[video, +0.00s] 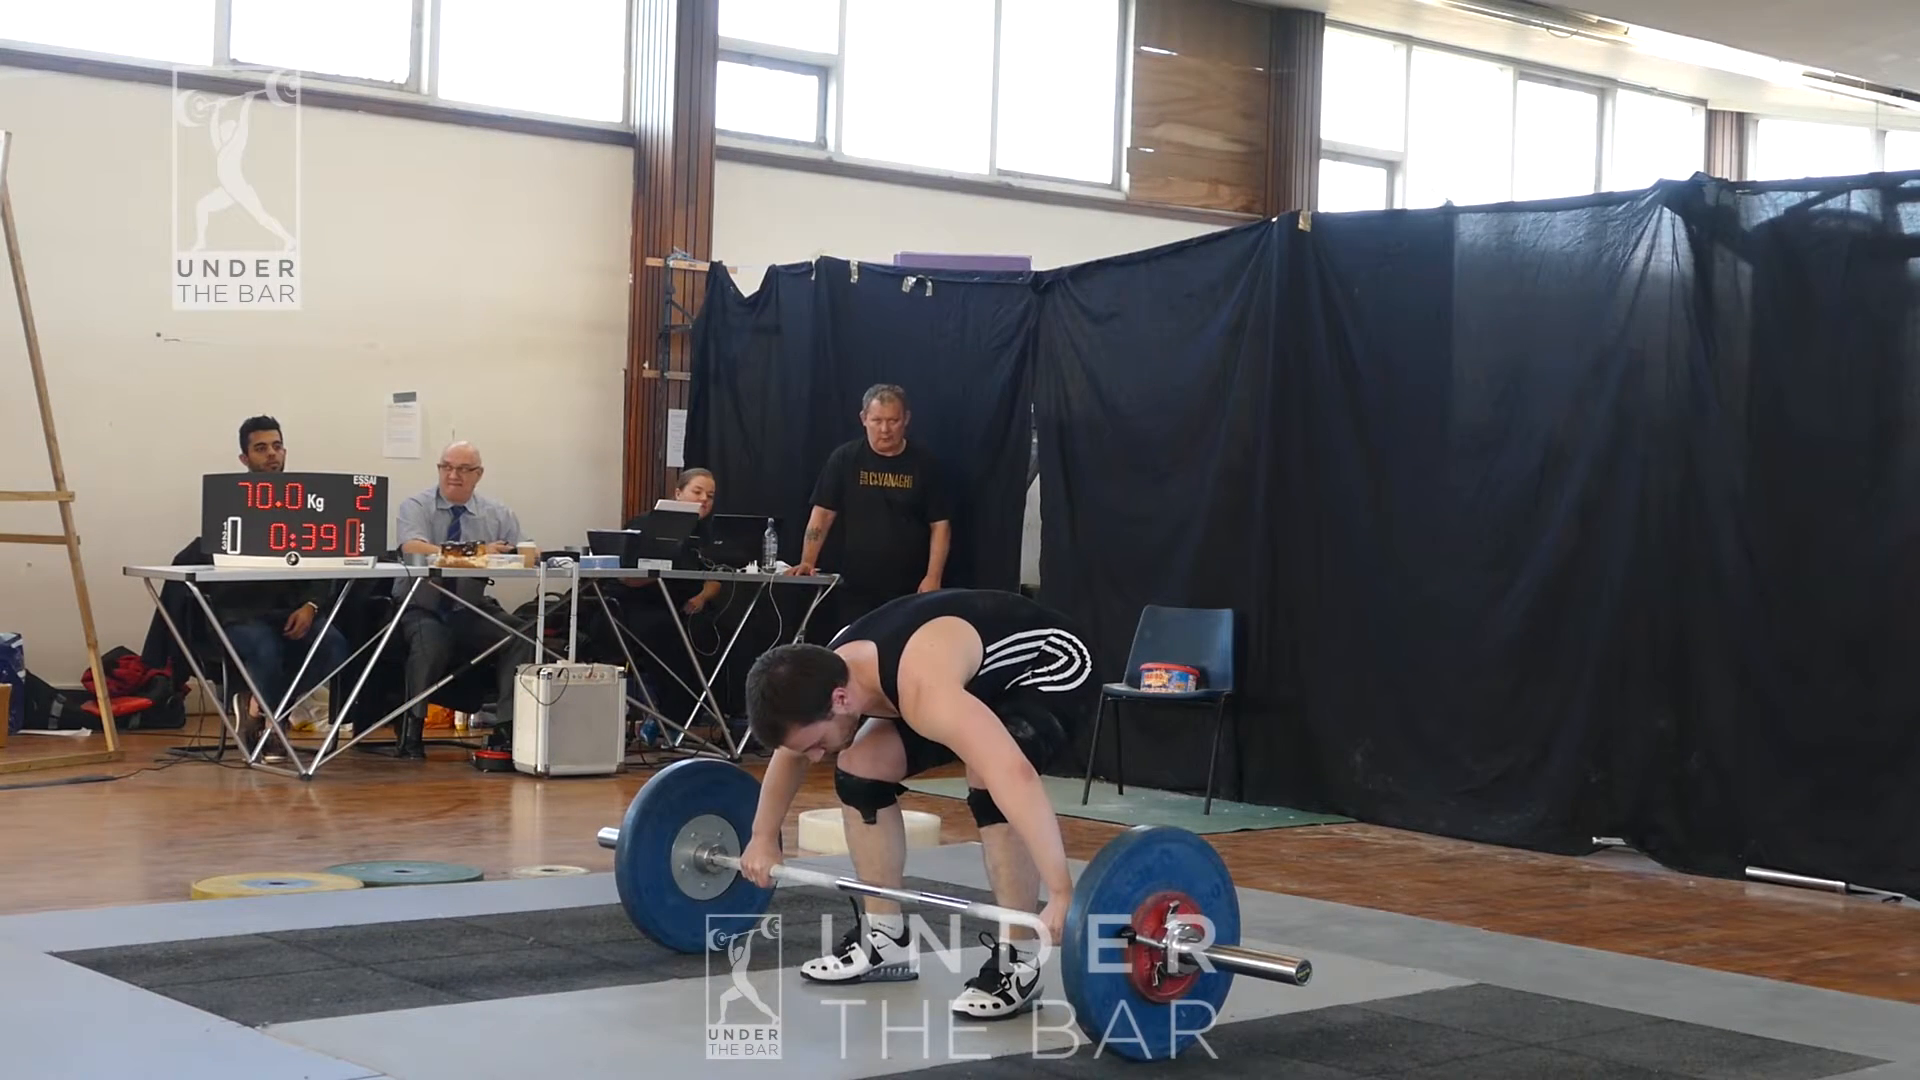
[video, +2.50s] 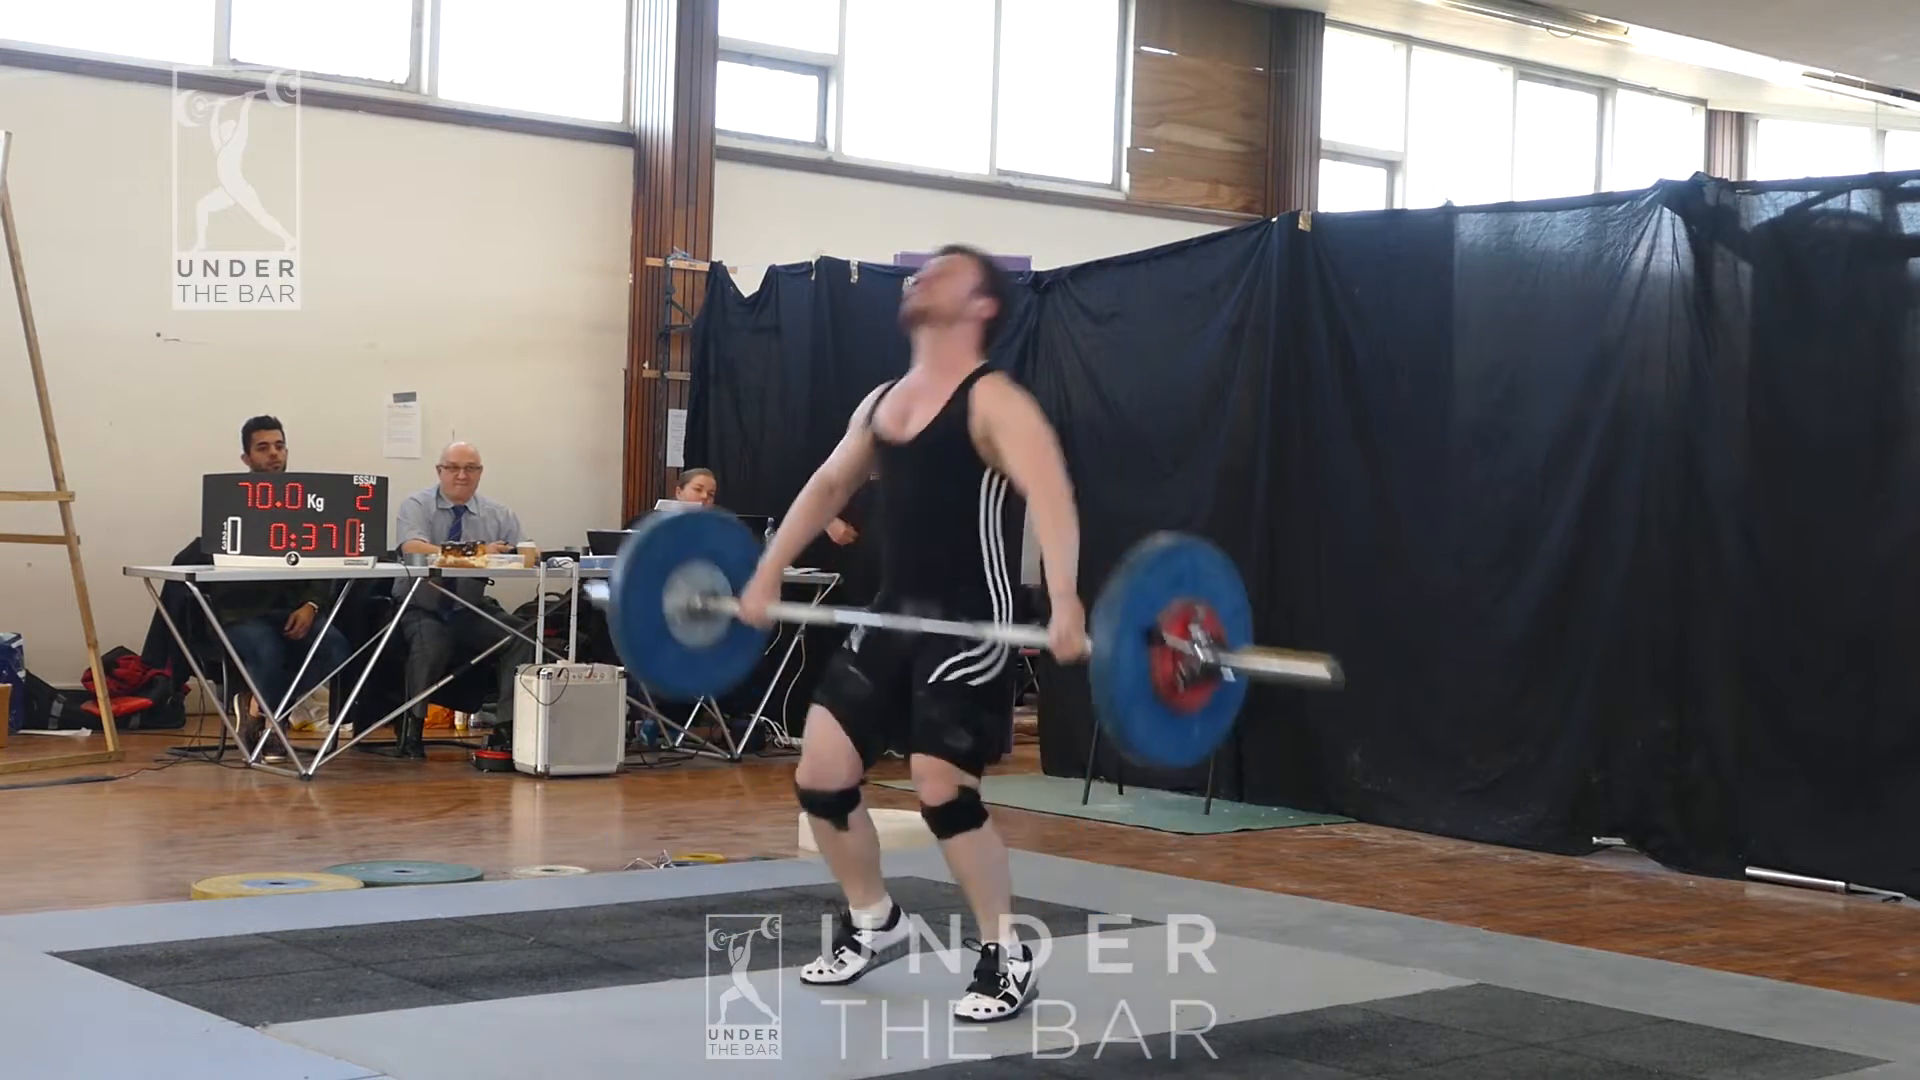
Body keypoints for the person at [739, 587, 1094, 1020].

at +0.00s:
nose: (815, 756)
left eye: (816, 743)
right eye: (801, 752)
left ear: (840, 700)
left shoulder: (929, 692)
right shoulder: (828, 671)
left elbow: (1015, 775)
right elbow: (791, 752)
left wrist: (1060, 890)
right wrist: (763, 834)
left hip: (1056, 667)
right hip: (975, 678)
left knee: (989, 781)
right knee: (861, 770)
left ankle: (1018, 962)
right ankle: (885, 942)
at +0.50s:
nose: (814, 754)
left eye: (817, 740)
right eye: (801, 747)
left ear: (843, 697)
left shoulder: (931, 690)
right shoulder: (831, 671)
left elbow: (1016, 774)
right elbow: (793, 753)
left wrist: (1061, 890)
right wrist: (763, 835)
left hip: (1056, 666)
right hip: (976, 677)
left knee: (991, 782)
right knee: (863, 768)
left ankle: (1019, 961)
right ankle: (886, 941)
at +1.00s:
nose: (818, 751)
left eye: (823, 736)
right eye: (806, 743)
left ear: (848, 693)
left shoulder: (935, 686)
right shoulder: (839, 666)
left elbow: (1019, 772)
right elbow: (798, 751)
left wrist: (1060, 889)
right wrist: (763, 835)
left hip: (1061, 661)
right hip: (980, 672)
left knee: (997, 782)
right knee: (872, 769)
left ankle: (1019, 961)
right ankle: (888, 942)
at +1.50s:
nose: (804, 658)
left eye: (812, 639)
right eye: (794, 644)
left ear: (857, 610)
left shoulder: (940, 670)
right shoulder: (832, 674)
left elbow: (1017, 772)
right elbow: (793, 752)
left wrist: (1048, 885)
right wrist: (760, 833)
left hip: (1050, 768)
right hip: (949, 770)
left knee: (973, 795)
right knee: (827, 784)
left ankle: (1016, 961)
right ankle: (885, 938)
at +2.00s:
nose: (804, 589)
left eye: (823, 574)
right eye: (800, 574)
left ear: (871, 584)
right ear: (796, 579)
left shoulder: (938, 659)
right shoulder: (823, 671)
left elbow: (1021, 759)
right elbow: (794, 739)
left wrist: (1049, 871)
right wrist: (756, 824)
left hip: (1035, 761)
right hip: (939, 763)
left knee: (976, 790)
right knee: (822, 786)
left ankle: (1012, 960)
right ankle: (883, 938)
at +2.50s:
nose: (916, 274)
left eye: (940, 268)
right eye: (920, 269)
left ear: (981, 306)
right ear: (918, 304)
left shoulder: (995, 398)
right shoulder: (879, 403)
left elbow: (1052, 496)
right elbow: (825, 489)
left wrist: (1064, 600)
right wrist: (765, 574)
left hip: (971, 629)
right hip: (886, 623)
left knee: (939, 783)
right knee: (822, 774)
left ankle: (1004, 945)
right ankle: (873, 920)